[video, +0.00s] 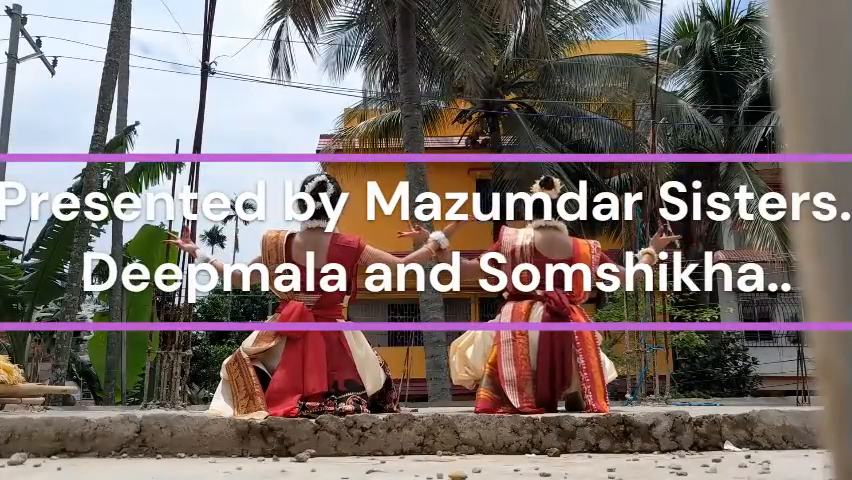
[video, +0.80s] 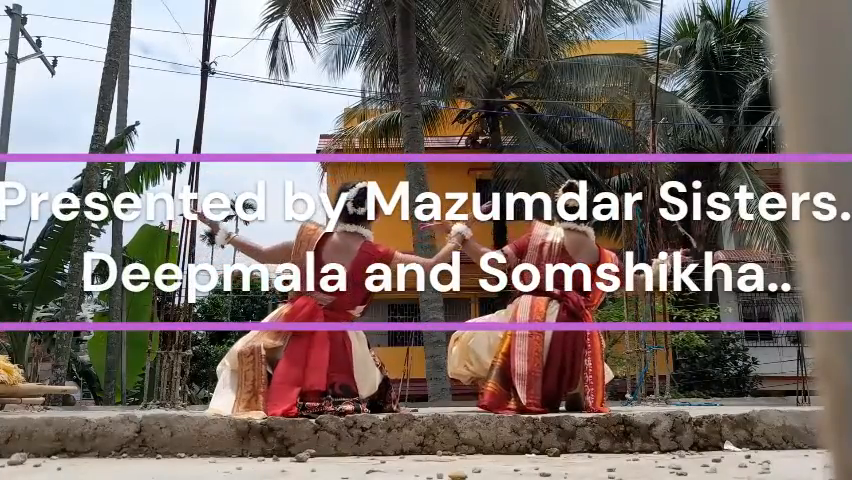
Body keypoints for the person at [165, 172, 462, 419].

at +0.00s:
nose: (335, 207)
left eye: (315, 202)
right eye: (337, 202)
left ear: (300, 205)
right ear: (337, 206)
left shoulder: (275, 245)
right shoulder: (349, 247)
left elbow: (238, 278)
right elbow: (403, 263)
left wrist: (198, 253)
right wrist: (434, 245)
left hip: (287, 343)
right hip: (334, 343)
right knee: (375, 389)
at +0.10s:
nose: (338, 206)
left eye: (317, 200)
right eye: (338, 201)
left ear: (300, 203)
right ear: (336, 206)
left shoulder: (276, 245)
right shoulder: (349, 247)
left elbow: (236, 278)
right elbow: (404, 264)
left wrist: (199, 252)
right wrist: (435, 246)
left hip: (289, 349)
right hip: (335, 349)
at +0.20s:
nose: (333, 207)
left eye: (315, 201)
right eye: (336, 201)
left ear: (301, 204)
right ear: (338, 207)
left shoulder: (277, 245)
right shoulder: (353, 248)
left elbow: (235, 273)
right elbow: (407, 265)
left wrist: (195, 245)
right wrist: (440, 245)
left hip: (288, 348)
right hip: (336, 348)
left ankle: (287, 394)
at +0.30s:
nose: (342, 210)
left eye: (330, 202)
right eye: (343, 204)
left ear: (306, 204)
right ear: (342, 208)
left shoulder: (283, 243)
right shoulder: (354, 249)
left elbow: (238, 266)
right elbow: (409, 265)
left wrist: (198, 242)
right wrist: (443, 245)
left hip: (289, 340)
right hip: (333, 342)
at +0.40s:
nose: (354, 214)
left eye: (347, 206)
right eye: (353, 207)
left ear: (314, 207)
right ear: (348, 211)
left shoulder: (289, 242)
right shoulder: (359, 251)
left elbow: (245, 265)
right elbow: (415, 268)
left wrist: (201, 243)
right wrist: (447, 246)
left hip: (289, 341)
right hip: (334, 344)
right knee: (371, 384)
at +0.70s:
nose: (363, 216)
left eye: (341, 210)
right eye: (365, 212)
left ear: (333, 211)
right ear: (367, 216)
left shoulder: (307, 240)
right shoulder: (375, 254)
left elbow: (261, 259)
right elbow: (429, 269)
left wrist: (213, 235)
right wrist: (453, 244)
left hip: (296, 338)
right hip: (342, 343)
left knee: (242, 354)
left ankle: (252, 414)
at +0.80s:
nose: (373, 216)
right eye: (373, 212)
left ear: (337, 212)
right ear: (371, 216)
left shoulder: (310, 243)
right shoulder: (376, 254)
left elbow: (263, 254)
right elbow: (432, 264)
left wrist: (220, 231)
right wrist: (455, 238)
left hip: (297, 345)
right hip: (343, 347)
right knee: (371, 392)